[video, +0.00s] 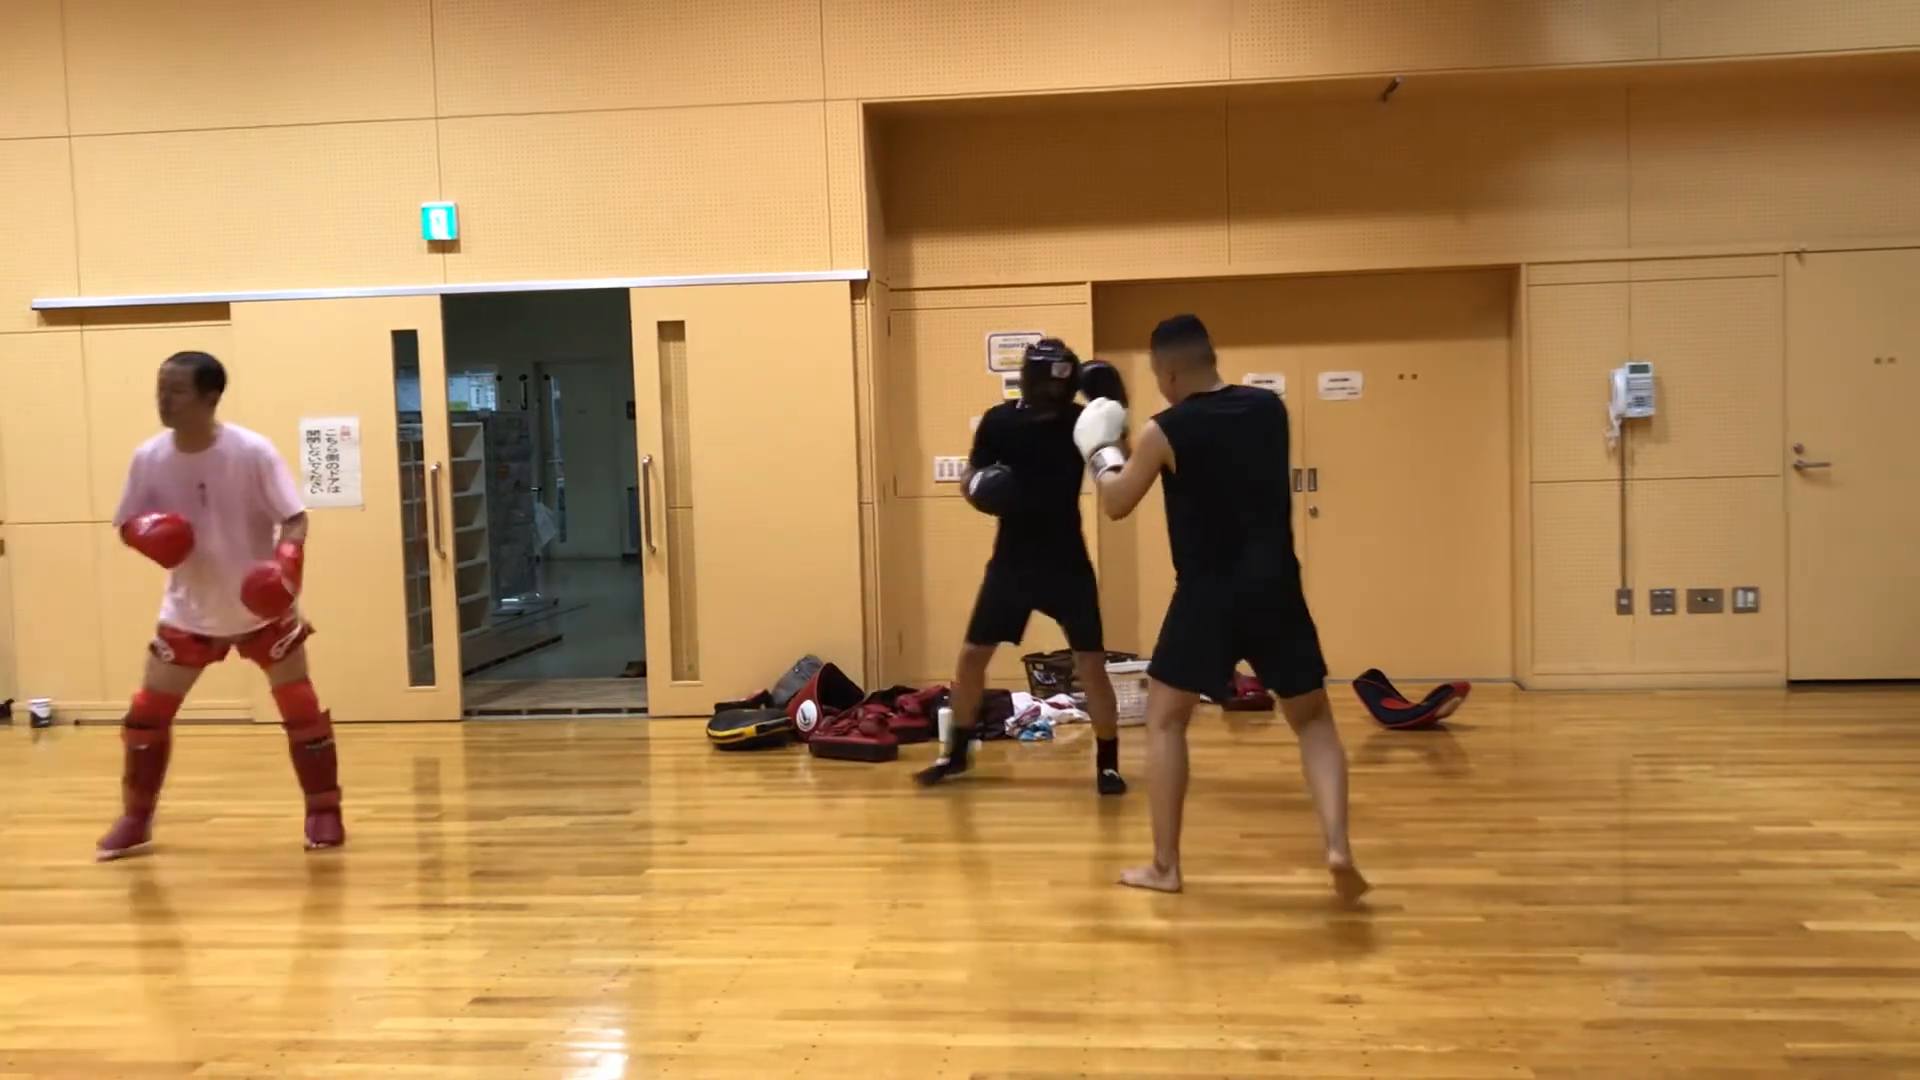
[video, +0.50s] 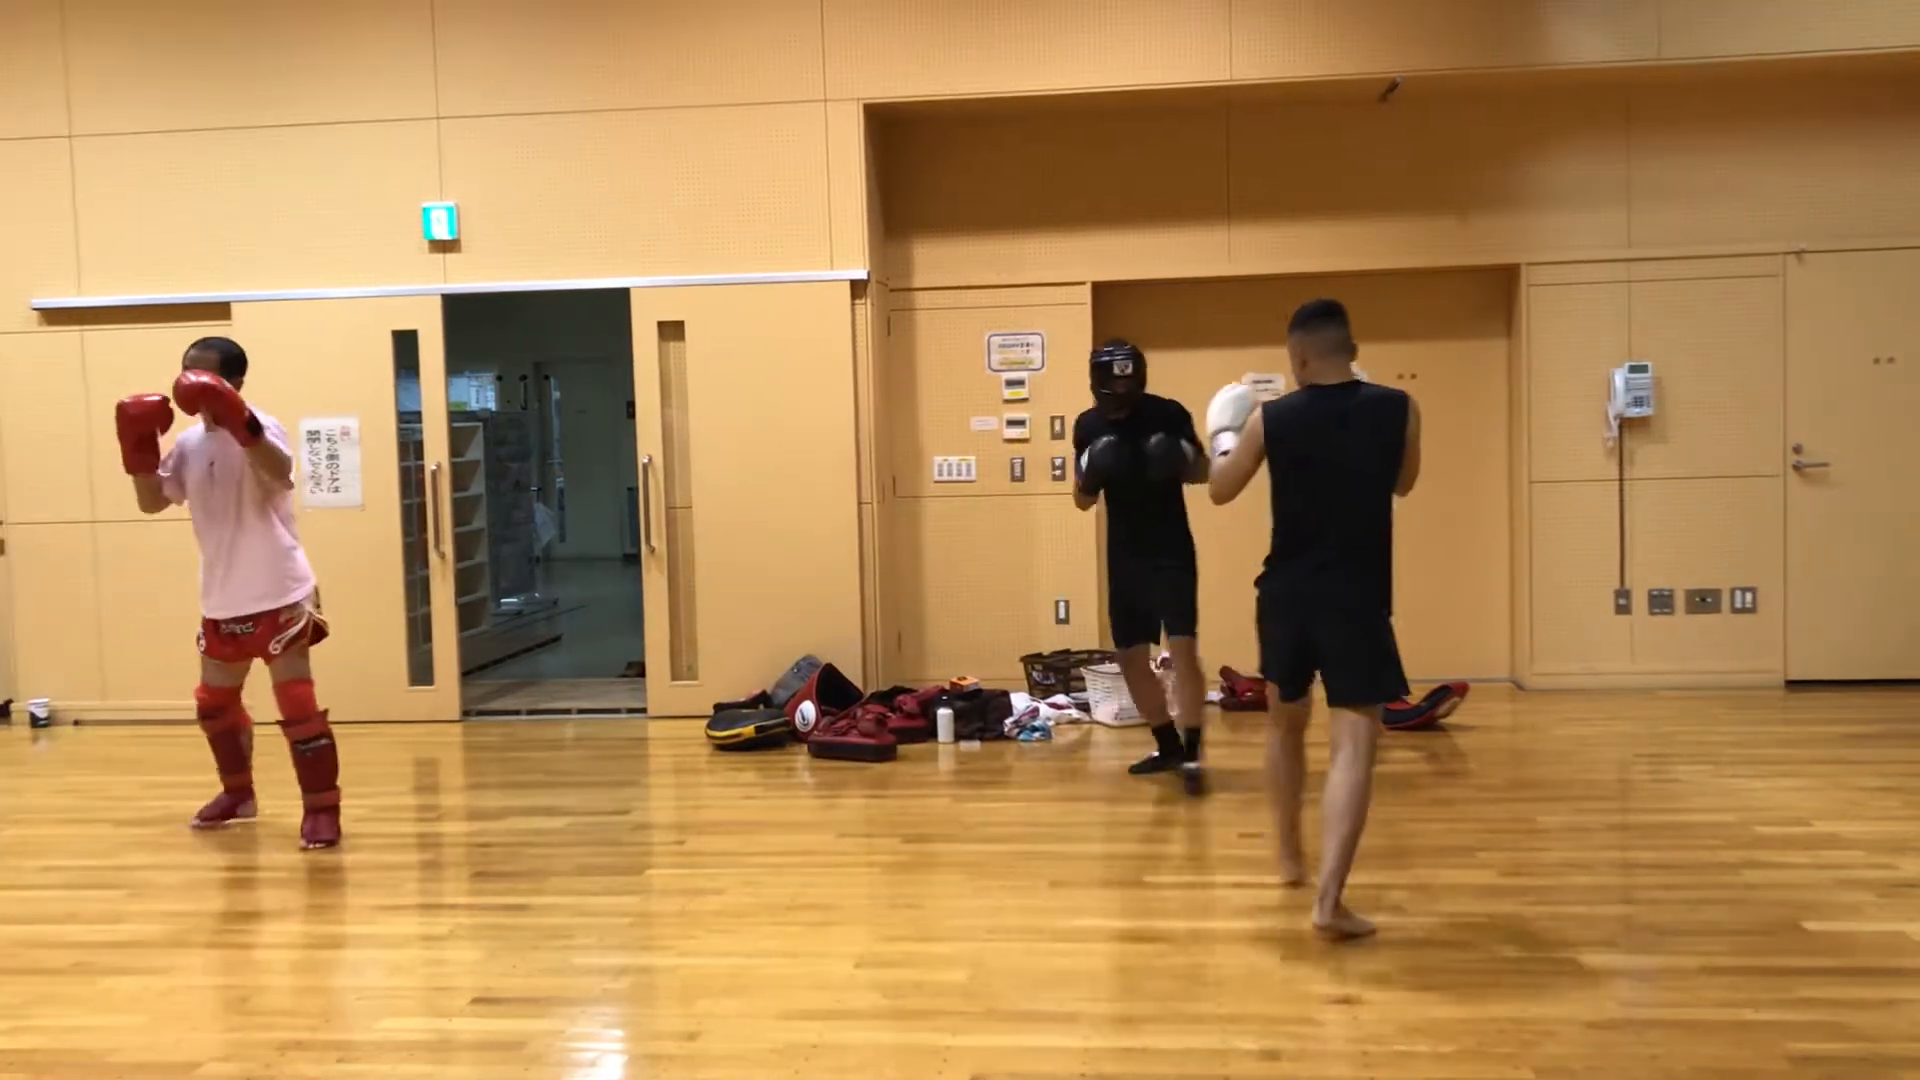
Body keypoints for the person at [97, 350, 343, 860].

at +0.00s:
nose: (162, 400)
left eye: (174, 392)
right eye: (160, 390)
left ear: (210, 397)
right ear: (158, 394)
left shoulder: (254, 454)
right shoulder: (150, 459)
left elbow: (295, 520)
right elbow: (127, 522)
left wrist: (283, 573)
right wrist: (145, 534)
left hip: (261, 606)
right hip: (188, 610)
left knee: (301, 711)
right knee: (146, 717)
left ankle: (324, 813)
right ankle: (136, 819)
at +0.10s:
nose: (180, 390)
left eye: (192, 382)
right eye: (179, 380)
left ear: (227, 388)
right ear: (178, 383)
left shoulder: (270, 444)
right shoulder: (170, 448)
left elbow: (303, 511)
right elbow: (136, 502)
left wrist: (269, 530)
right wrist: (145, 513)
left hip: (278, 599)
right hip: (208, 600)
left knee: (303, 704)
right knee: (172, 710)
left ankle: (323, 809)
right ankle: (201, 797)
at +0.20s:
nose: (192, 388)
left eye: (204, 379)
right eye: (190, 377)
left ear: (237, 384)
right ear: (190, 381)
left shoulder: (273, 438)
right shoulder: (182, 443)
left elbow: (302, 507)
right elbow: (149, 508)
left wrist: (257, 477)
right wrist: (135, 490)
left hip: (287, 593)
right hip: (220, 595)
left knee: (309, 706)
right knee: (191, 708)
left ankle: (325, 810)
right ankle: (240, 782)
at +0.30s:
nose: (195, 386)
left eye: (206, 376)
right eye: (192, 375)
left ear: (241, 381)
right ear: (190, 376)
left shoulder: (271, 431)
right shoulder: (185, 443)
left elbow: (293, 494)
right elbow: (149, 503)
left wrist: (252, 450)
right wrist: (132, 477)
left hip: (289, 587)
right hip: (226, 590)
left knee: (308, 704)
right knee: (201, 704)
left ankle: (325, 810)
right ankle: (251, 780)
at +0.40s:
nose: (197, 385)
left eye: (207, 374)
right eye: (193, 374)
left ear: (237, 381)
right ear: (187, 381)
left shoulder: (270, 428)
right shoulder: (191, 442)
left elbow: (292, 481)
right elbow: (150, 496)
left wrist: (247, 429)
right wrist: (133, 452)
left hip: (288, 585)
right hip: (229, 590)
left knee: (306, 701)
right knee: (212, 699)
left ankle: (325, 810)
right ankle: (251, 785)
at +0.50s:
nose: (194, 389)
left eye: (204, 378)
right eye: (189, 378)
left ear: (233, 382)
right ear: (183, 385)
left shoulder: (263, 429)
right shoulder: (188, 444)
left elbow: (282, 474)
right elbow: (153, 498)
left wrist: (238, 422)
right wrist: (138, 445)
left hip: (280, 587)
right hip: (223, 593)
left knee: (295, 700)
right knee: (216, 701)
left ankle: (321, 809)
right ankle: (237, 793)